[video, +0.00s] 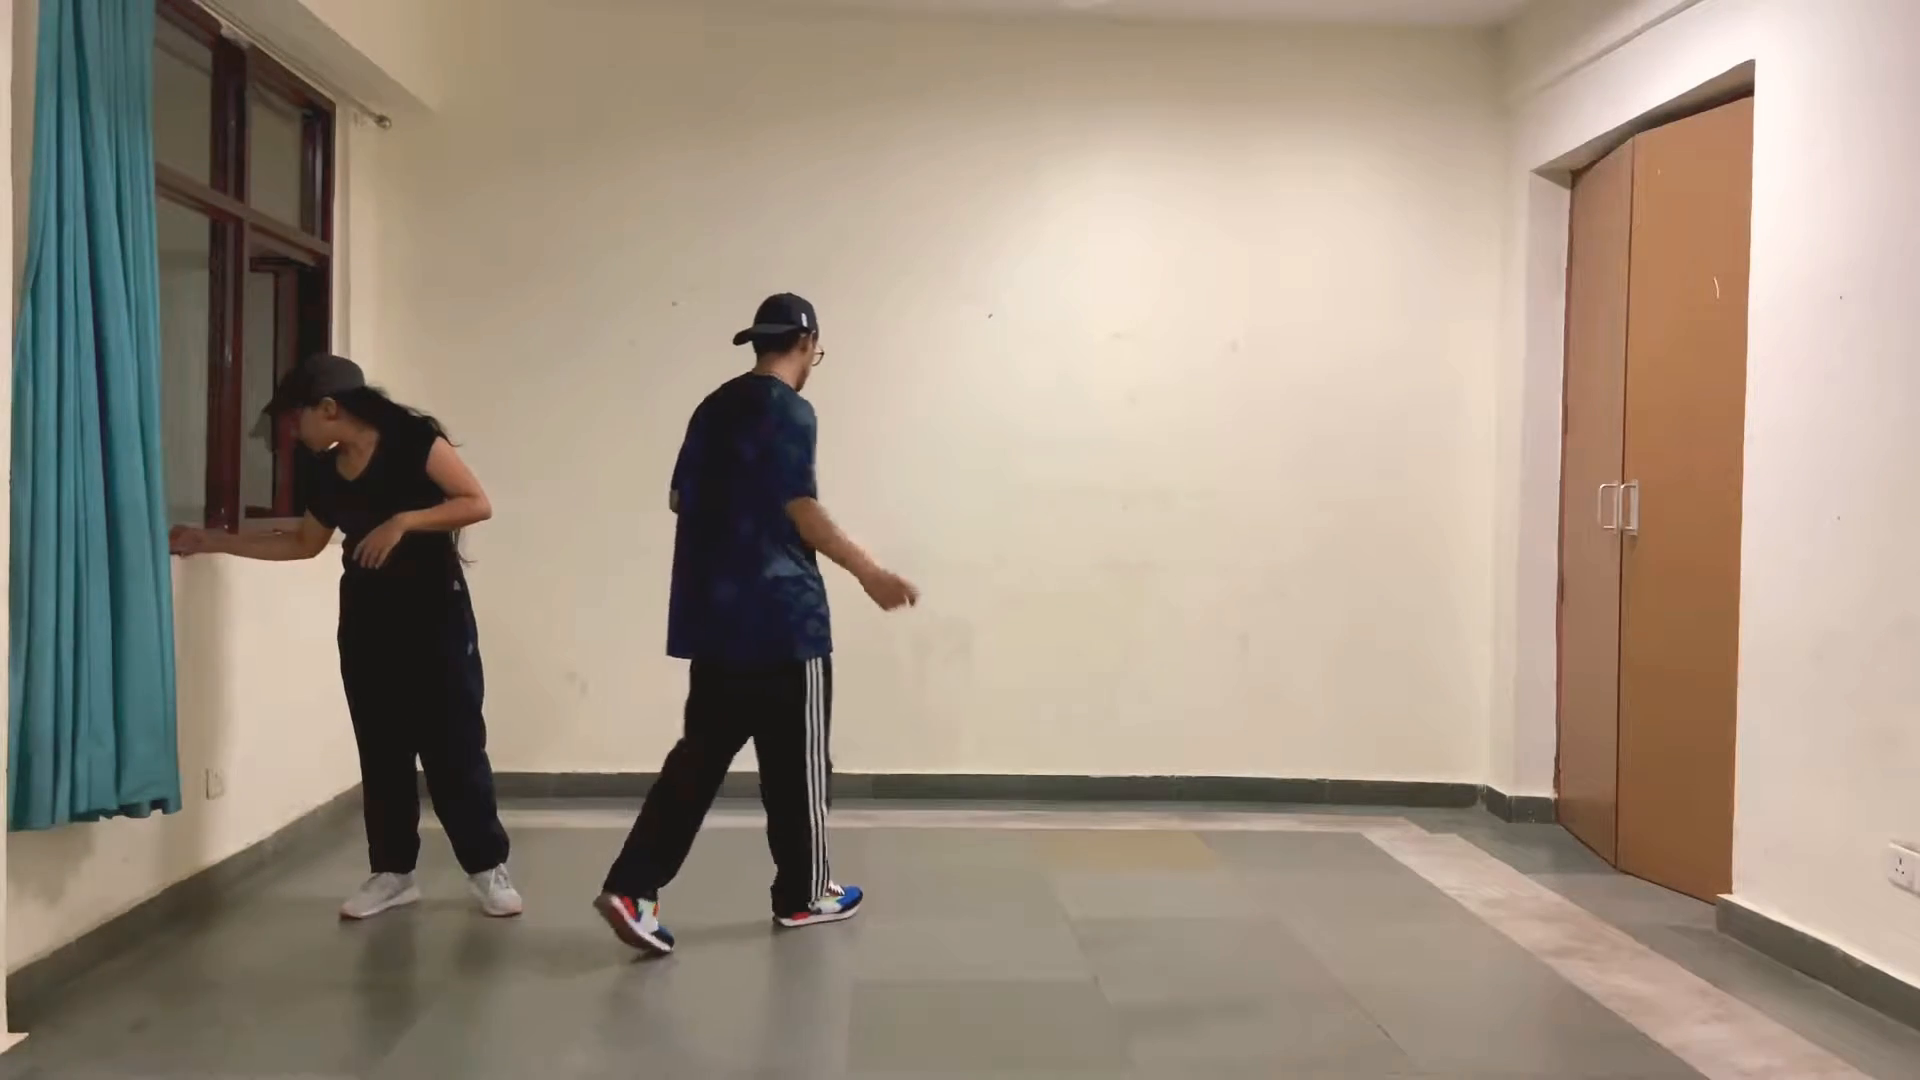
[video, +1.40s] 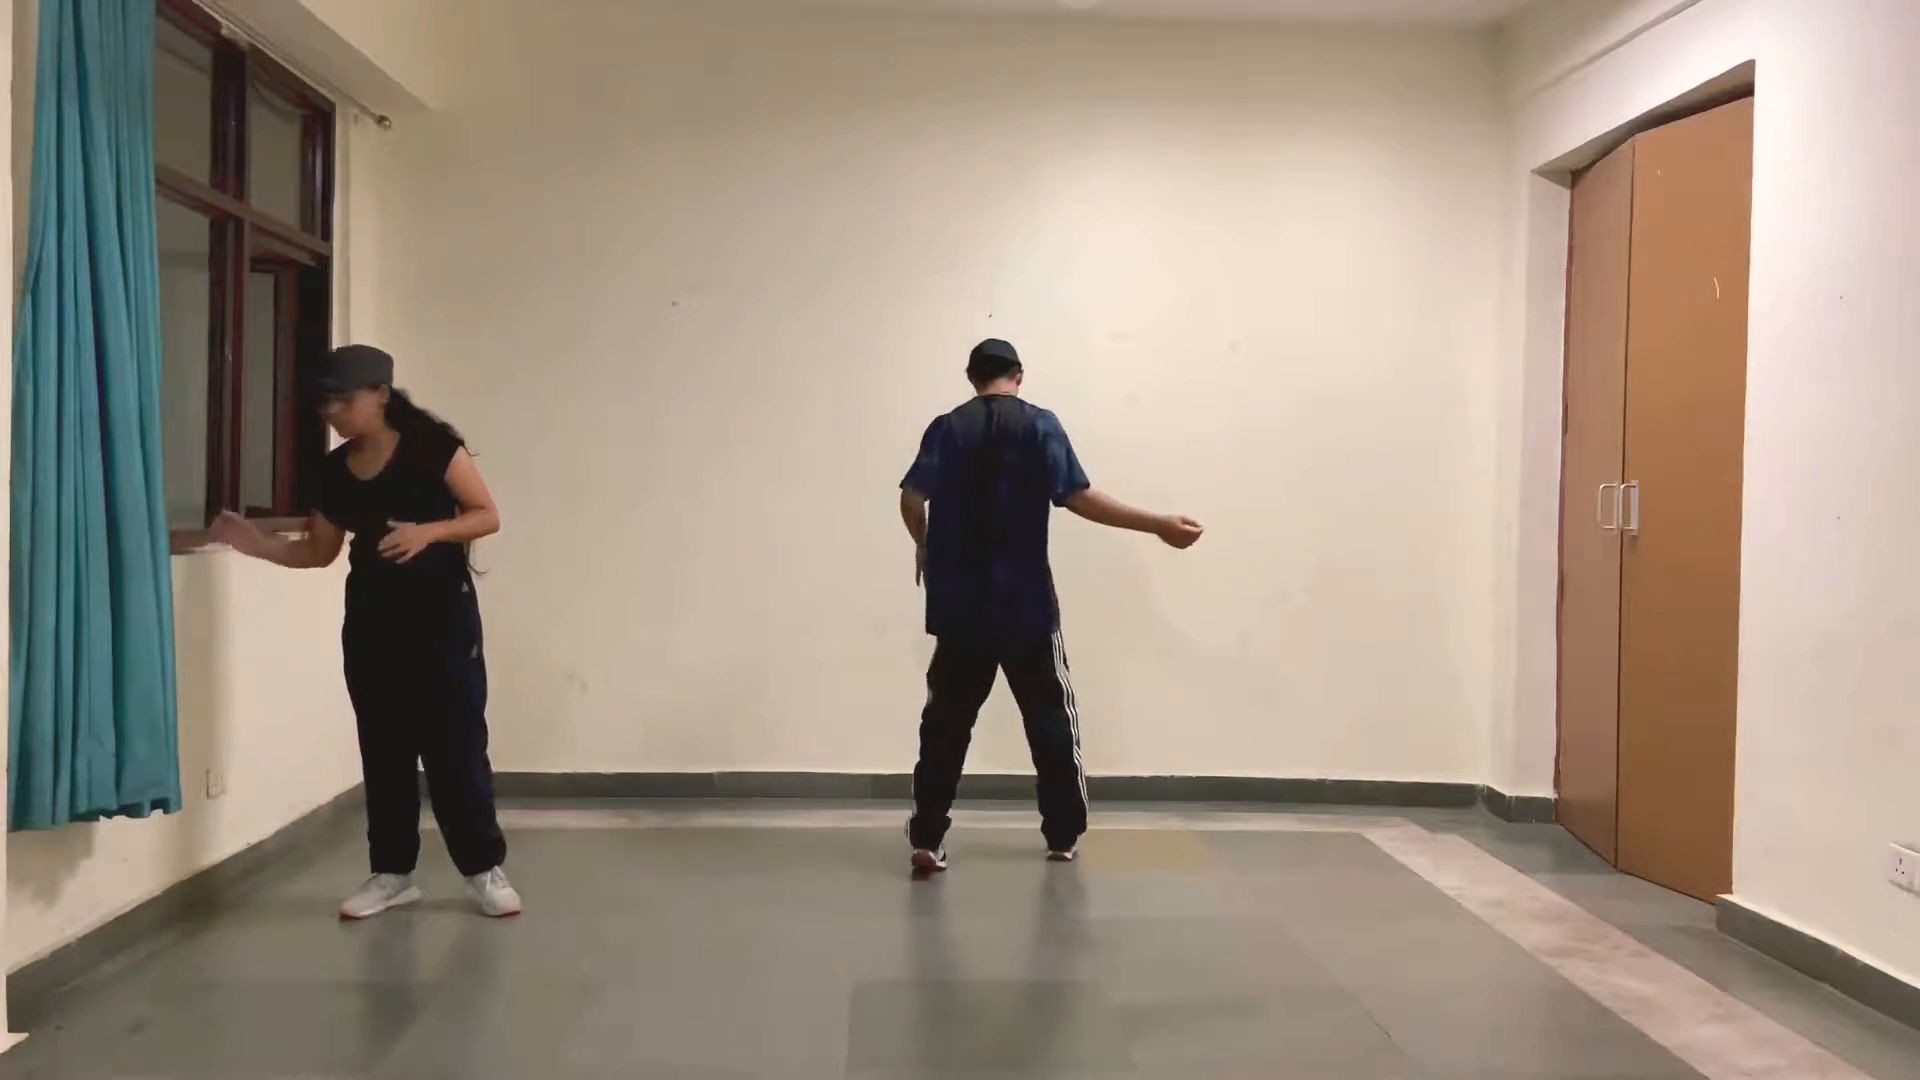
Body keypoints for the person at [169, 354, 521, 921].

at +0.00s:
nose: (294, 431)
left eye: (297, 418)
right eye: (291, 420)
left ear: (330, 409)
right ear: (326, 411)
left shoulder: (413, 437)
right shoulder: (325, 467)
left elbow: (476, 503)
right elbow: (305, 542)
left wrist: (402, 521)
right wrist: (215, 541)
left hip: (435, 617)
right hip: (368, 622)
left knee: (454, 744)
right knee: (382, 749)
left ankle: (489, 868)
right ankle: (394, 873)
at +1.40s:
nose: (331, 412)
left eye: (342, 399)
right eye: (327, 401)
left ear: (377, 396)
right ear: (330, 404)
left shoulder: (432, 446)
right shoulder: (336, 470)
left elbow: (488, 516)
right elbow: (319, 550)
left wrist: (429, 532)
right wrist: (256, 544)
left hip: (441, 624)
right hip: (372, 626)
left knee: (457, 748)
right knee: (384, 751)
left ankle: (484, 871)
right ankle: (393, 874)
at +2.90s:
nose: (739, 430)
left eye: (746, 419)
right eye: (727, 418)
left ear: (752, 415)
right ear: (692, 407)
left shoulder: (745, 465)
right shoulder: (646, 463)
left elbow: (739, 538)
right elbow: (601, 548)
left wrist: (743, 610)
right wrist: (547, 626)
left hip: (727, 633)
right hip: (658, 642)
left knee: (767, 747)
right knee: (676, 774)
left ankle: (724, 838)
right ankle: (679, 901)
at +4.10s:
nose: (766, 423)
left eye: (777, 411)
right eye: (753, 411)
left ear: (792, 409)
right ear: (732, 409)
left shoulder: (815, 461)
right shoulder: (704, 471)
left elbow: (863, 518)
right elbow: (669, 548)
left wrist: (905, 564)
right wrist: (642, 628)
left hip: (796, 639)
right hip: (720, 641)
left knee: (799, 761)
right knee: (729, 773)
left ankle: (805, 876)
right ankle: (740, 898)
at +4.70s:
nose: (765, 403)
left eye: (777, 393)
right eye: (754, 392)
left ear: (794, 398)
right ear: (735, 396)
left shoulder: (817, 457)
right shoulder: (707, 460)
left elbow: (849, 531)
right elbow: (677, 540)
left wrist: (875, 591)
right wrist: (662, 613)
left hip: (796, 633)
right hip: (724, 634)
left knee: (796, 767)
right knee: (729, 767)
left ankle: (798, 902)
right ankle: (738, 900)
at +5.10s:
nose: (759, 416)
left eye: (770, 404)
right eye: (747, 405)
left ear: (789, 403)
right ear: (730, 403)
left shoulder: (815, 466)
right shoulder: (704, 463)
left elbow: (834, 547)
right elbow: (676, 541)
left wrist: (837, 613)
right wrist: (652, 601)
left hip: (784, 637)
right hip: (711, 637)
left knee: (786, 771)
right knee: (709, 768)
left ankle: (797, 901)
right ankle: (725, 887)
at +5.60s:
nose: (744, 420)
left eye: (756, 408)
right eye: (733, 408)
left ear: (778, 406)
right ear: (716, 405)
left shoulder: (803, 468)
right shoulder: (691, 459)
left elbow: (825, 541)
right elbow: (659, 525)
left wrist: (831, 600)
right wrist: (650, 592)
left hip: (770, 630)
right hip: (695, 624)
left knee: (777, 764)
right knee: (650, 748)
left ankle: (774, 898)